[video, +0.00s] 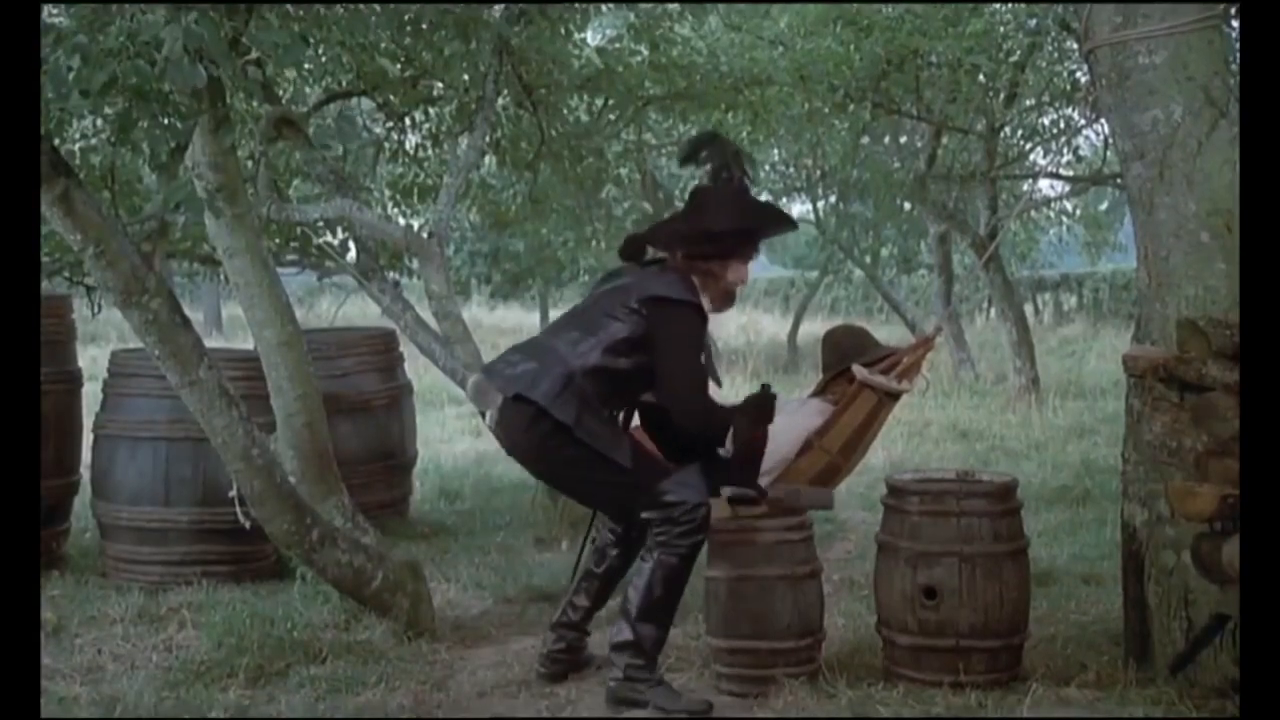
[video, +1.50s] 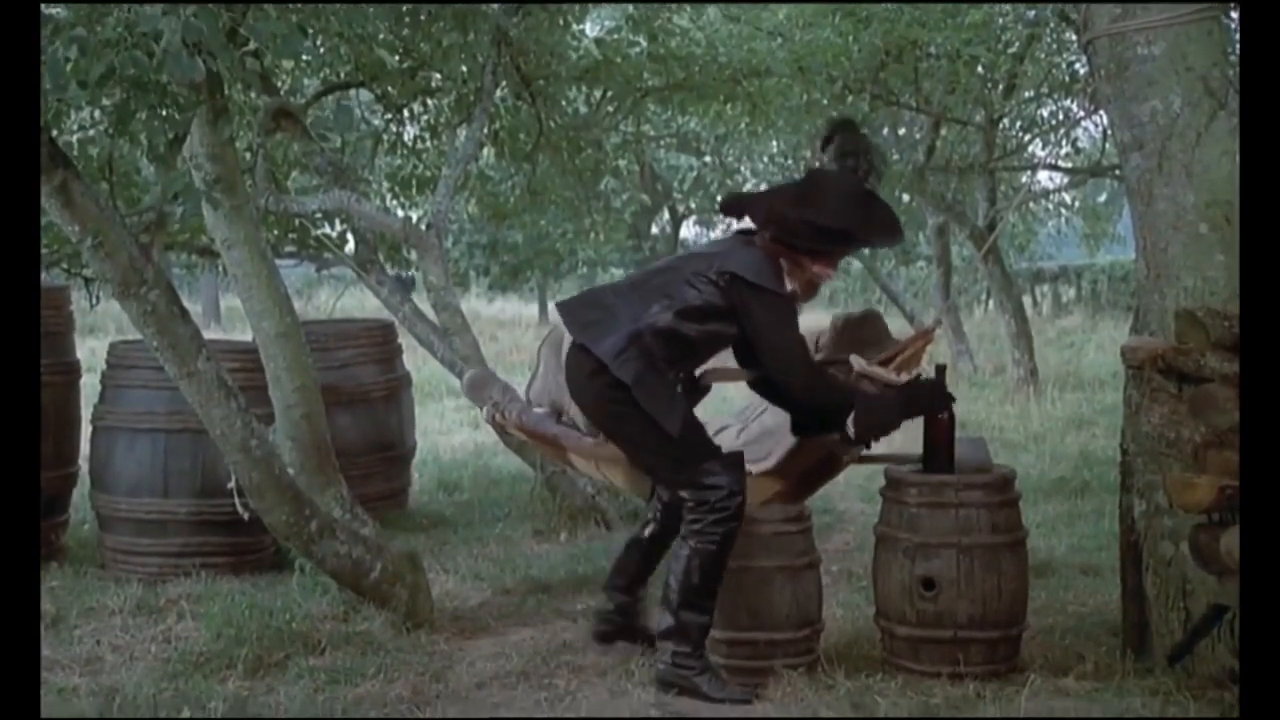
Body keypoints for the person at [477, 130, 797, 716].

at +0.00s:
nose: (748, 276)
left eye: (750, 262)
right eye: (746, 260)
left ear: (693, 254)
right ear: (716, 259)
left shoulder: (644, 285)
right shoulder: (676, 302)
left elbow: (652, 410)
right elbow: (689, 416)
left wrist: (699, 463)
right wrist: (732, 424)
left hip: (518, 409)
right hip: (543, 416)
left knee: (635, 510)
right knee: (682, 511)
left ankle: (563, 646)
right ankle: (634, 675)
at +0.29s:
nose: (778, 258)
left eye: (781, 246)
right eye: (774, 245)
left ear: (729, 237)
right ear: (741, 241)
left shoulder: (678, 268)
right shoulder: (709, 276)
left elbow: (659, 389)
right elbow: (769, 370)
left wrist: (728, 446)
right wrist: (841, 347)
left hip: (551, 393)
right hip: (581, 401)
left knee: (640, 512)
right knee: (700, 498)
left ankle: (564, 643)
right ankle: (685, 666)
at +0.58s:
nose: (828, 280)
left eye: (833, 267)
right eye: (825, 265)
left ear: (771, 249)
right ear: (790, 257)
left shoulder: (722, 276)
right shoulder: (764, 291)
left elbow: (713, 392)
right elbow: (820, 390)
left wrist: (811, 412)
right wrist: (891, 403)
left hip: (580, 379)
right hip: (616, 391)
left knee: (645, 511)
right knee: (733, 498)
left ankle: (565, 640)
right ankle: (686, 666)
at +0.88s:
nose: (837, 278)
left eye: (841, 265)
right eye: (835, 264)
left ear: (780, 250)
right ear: (801, 258)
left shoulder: (733, 273)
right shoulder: (772, 286)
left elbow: (754, 391)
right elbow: (827, 384)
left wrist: (845, 397)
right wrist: (902, 401)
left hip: (588, 380)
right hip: (629, 390)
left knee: (644, 511)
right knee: (736, 502)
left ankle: (564, 638)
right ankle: (685, 664)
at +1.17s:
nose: (840, 288)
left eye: (844, 276)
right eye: (839, 275)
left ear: (788, 254)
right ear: (809, 265)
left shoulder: (742, 279)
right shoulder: (770, 290)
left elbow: (783, 397)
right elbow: (819, 386)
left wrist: (863, 440)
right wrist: (892, 412)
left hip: (590, 379)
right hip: (629, 388)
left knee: (647, 512)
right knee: (735, 502)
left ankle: (565, 638)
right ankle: (684, 662)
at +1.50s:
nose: (830, 276)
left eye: (834, 264)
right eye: (828, 262)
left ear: (777, 236)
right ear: (796, 251)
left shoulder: (738, 258)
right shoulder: (756, 276)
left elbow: (767, 374)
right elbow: (799, 380)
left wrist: (841, 408)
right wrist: (879, 402)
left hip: (595, 361)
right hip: (616, 372)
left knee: (689, 481)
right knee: (718, 487)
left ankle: (618, 608)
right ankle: (685, 658)